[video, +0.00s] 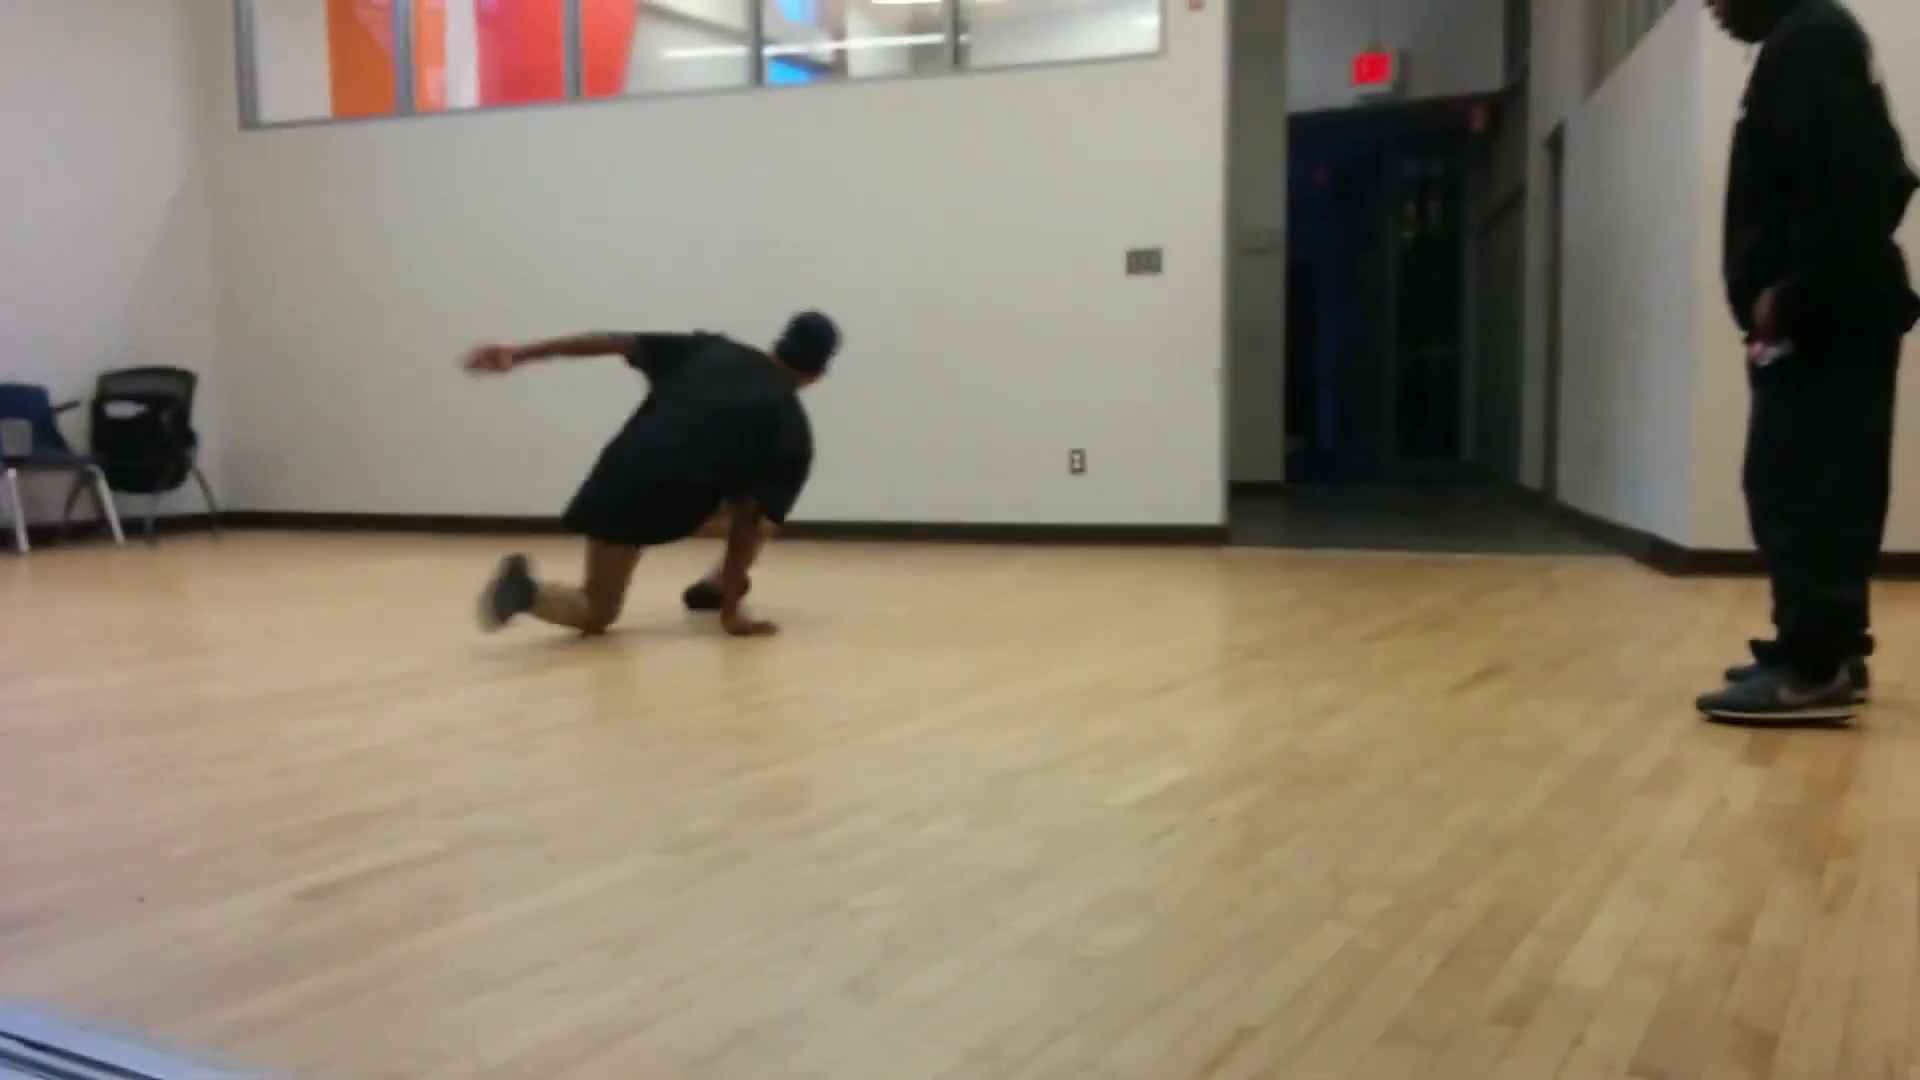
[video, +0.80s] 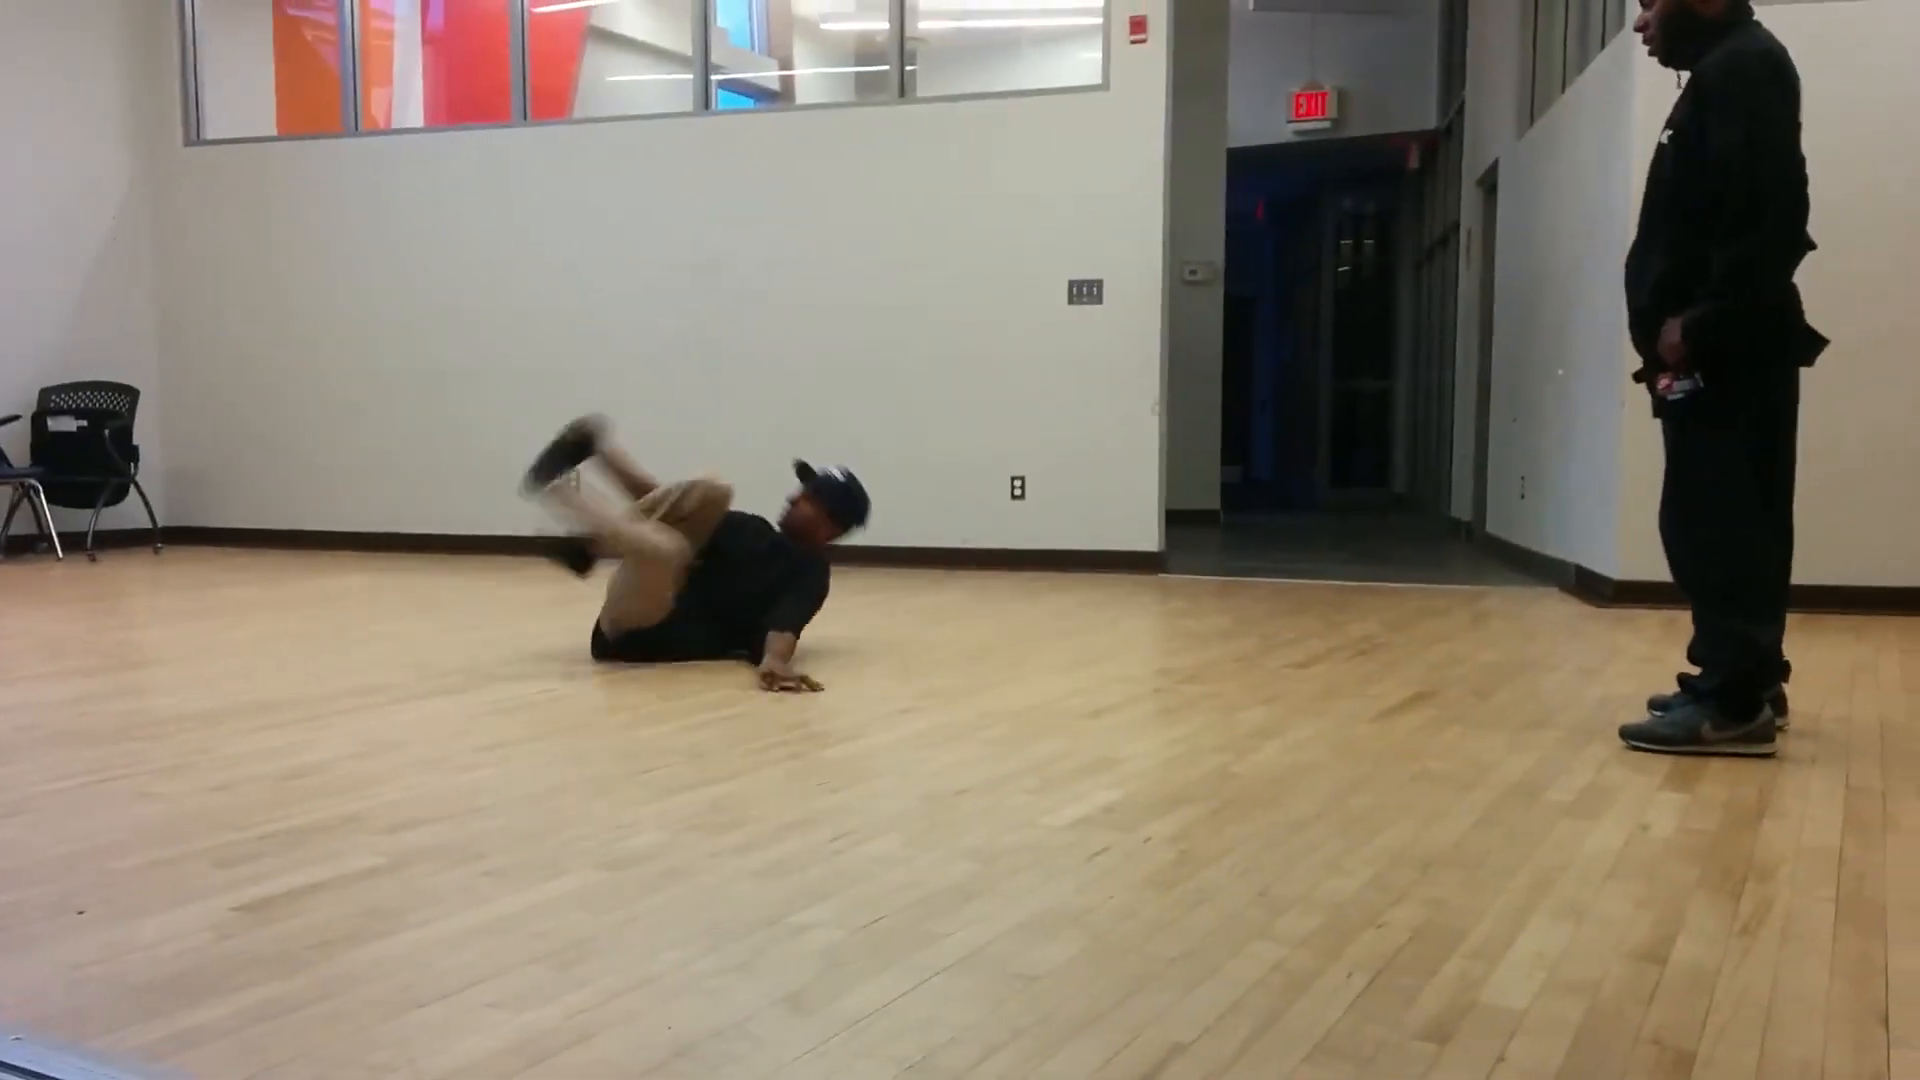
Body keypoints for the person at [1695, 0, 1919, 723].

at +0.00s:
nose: (1713, 9)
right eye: (1710, 1)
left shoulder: (1809, 44)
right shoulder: (1809, 38)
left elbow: (1870, 184)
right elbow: (1867, 183)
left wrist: (1787, 295)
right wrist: (1777, 293)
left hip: (1829, 322)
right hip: (1826, 318)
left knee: (1795, 483)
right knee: (1817, 482)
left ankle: (1813, 667)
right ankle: (1823, 651)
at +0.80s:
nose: (1640, 23)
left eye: (1649, 7)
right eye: (1640, 9)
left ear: (1698, 4)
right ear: (1706, 6)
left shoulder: (1744, 70)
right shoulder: (1729, 67)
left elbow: (1765, 223)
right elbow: (1747, 222)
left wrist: (1696, 324)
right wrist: (1671, 326)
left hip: (1732, 353)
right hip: (1724, 348)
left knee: (1719, 517)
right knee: (1723, 515)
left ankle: (1735, 703)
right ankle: (1737, 685)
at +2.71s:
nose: (1561, 91)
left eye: (1572, 73)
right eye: (1562, 74)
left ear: (1619, 68)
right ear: (1625, 70)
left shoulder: (1658, 138)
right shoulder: (1660, 132)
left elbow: (1682, 277)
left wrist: (1640, 379)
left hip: (1679, 404)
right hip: (1680, 401)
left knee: (1660, 566)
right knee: (1668, 562)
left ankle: (1670, 740)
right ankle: (1672, 723)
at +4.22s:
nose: (1527, 64)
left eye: (1533, 42)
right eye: (1528, 44)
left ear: (1575, 34)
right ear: (1589, 34)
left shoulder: (1618, 111)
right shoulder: (1670, 95)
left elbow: (1614, 249)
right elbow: (1777, 192)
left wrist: (1606, 362)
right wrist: (1710, 283)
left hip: (1670, 381)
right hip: (1716, 373)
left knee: (1640, 550)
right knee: (1690, 541)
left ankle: (1648, 735)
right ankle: (1677, 706)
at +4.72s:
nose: (1626, 46)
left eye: (1635, 22)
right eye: (1626, 26)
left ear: (1682, 17)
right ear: (1691, 21)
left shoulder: (1693, 108)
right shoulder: (1761, 100)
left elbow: (1677, 256)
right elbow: (1847, 223)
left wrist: (1648, 364)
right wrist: (1763, 295)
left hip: (1696, 388)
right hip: (1763, 381)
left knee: (1659, 554)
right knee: (1764, 550)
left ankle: (1647, 732)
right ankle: (1787, 723)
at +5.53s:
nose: (1706, 69)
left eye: (1713, 46)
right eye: (1706, 51)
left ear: (1763, 36)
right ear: (1770, 38)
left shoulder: (1799, 99)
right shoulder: (1834, 99)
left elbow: (1802, 238)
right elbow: (1902, 220)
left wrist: (1767, 344)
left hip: (1795, 382)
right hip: (1855, 381)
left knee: (1729, 530)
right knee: (1828, 545)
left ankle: (1732, 720)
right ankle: (1808, 727)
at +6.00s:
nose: (1666, 80)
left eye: (1675, 59)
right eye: (1665, 63)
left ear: (1727, 47)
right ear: (1727, 51)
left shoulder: (1774, 116)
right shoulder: (1759, 118)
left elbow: (1815, 270)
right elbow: (1816, 268)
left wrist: (1738, 374)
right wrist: (1715, 369)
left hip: (1774, 405)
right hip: (1751, 405)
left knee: (1754, 566)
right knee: (1730, 562)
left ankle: (1748, 752)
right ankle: (1723, 736)